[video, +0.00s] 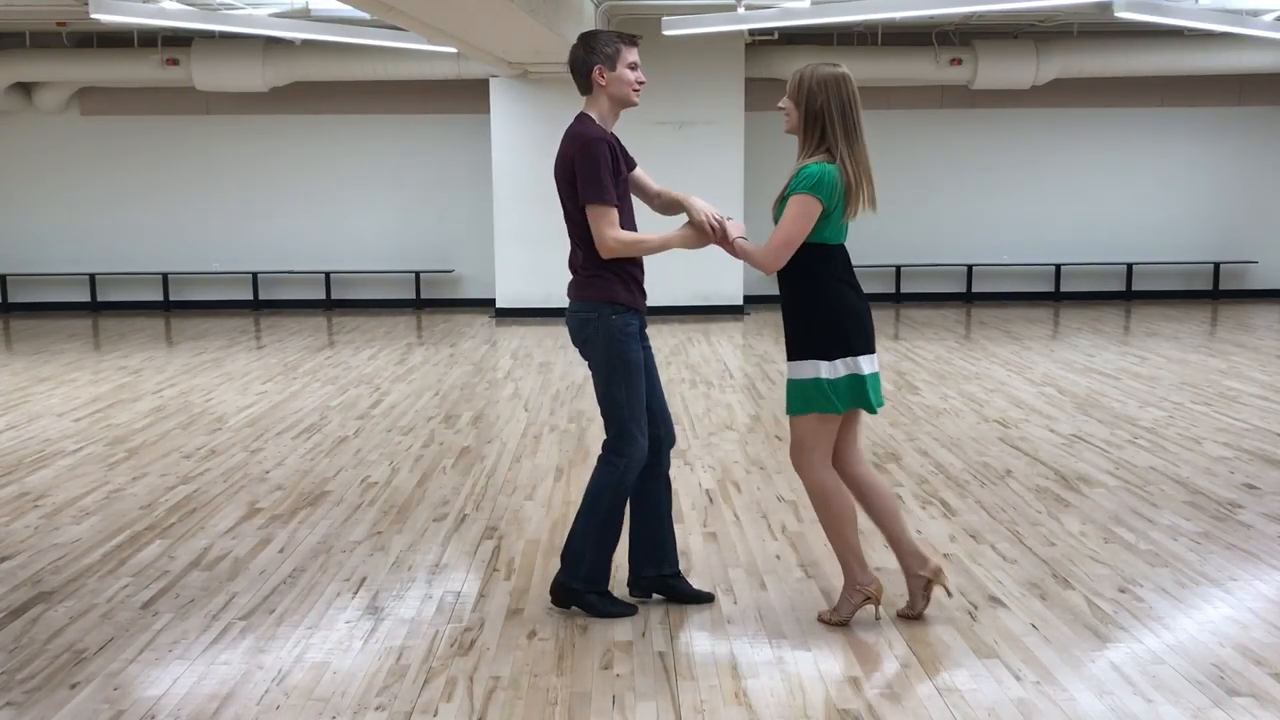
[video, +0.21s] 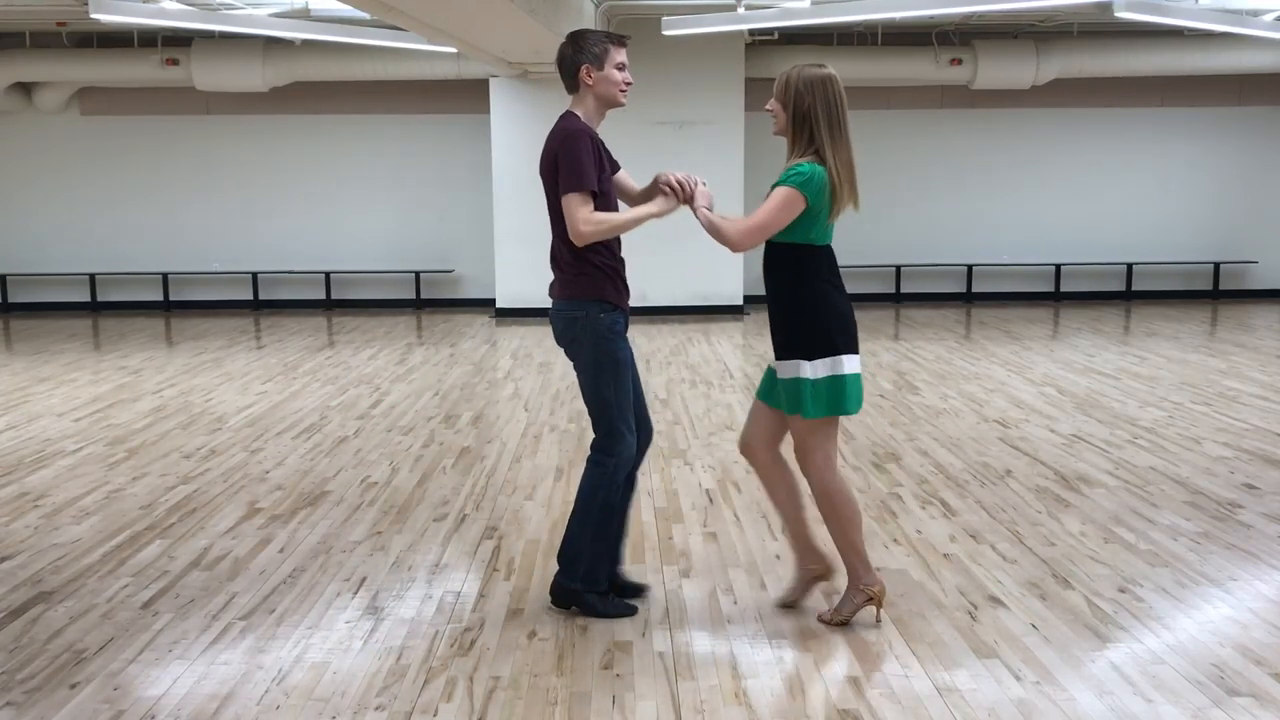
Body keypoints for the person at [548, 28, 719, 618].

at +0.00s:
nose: (642, 77)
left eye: (640, 67)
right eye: (632, 67)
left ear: (608, 78)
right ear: (599, 75)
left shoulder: (607, 141)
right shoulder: (589, 140)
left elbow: (657, 199)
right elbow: (608, 243)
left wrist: (692, 203)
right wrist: (680, 238)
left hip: (622, 312)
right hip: (602, 313)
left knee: (656, 439)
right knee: (628, 445)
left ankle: (653, 572)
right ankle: (576, 581)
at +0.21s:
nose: (629, 78)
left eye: (628, 68)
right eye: (620, 68)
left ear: (596, 77)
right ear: (587, 74)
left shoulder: (590, 139)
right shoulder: (571, 136)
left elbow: (630, 199)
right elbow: (581, 227)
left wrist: (666, 186)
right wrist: (654, 207)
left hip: (602, 312)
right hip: (585, 314)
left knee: (636, 432)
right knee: (616, 441)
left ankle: (598, 567)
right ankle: (576, 584)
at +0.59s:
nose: (590, 84)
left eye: (589, 75)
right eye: (581, 75)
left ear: (554, 83)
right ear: (549, 81)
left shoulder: (555, 137)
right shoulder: (528, 139)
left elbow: (593, 161)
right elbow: (585, 176)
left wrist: (630, 148)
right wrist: (632, 153)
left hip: (542, 315)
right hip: (537, 317)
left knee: (544, 446)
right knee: (581, 446)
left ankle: (500, 579)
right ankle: (533, 582)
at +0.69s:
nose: (580, 87)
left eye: (579, 77)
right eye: (571, 77)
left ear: (541, 85)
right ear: (538, 83)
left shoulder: (536, 137)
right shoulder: (522, 139)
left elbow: (590, 150)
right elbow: (589, 151)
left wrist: (629, 126)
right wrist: (627, 121)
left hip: (538, 319)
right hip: (528, 321)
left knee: (544, 451)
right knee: (552, 453)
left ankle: (510, 573)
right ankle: (470, 568)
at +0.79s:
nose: (574, 87)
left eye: (573, 76)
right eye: (566, 75)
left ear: (535, 84)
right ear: (534, 81)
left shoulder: (526, 136)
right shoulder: (515, 135)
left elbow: (596, 126)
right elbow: (588, 123)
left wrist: (625, 90)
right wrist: (626, 85)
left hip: (533, 321)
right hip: (516, 323)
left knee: (537, 452)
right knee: (523, 451)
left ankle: (505, 579)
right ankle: (424, 561)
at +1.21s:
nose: (575, 80)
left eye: (572, 70)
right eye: (566, 69)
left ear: (539, 78)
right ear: (536, 74)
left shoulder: (532, 129)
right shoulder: (511, 126)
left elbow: (589, 92)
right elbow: (583, 83)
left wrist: (642, 32)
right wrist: (639, 18)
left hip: (530, 314)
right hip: (510, 315)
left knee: (525, 454)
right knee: (523, 453)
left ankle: (498, 583)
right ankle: (427, 555)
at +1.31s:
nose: (586, 79)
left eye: (585, 69)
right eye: (578, 70)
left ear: (549, 78)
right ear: (548, 77)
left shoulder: (541, 134)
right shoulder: (520, 128)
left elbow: (597, 116)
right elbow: (586, 93)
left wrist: (645, 75)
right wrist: (657, 21)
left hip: (532, 314)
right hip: (526, 316)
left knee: (527, 447)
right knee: (566, 449)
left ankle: (499, 580)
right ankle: (466, 549)